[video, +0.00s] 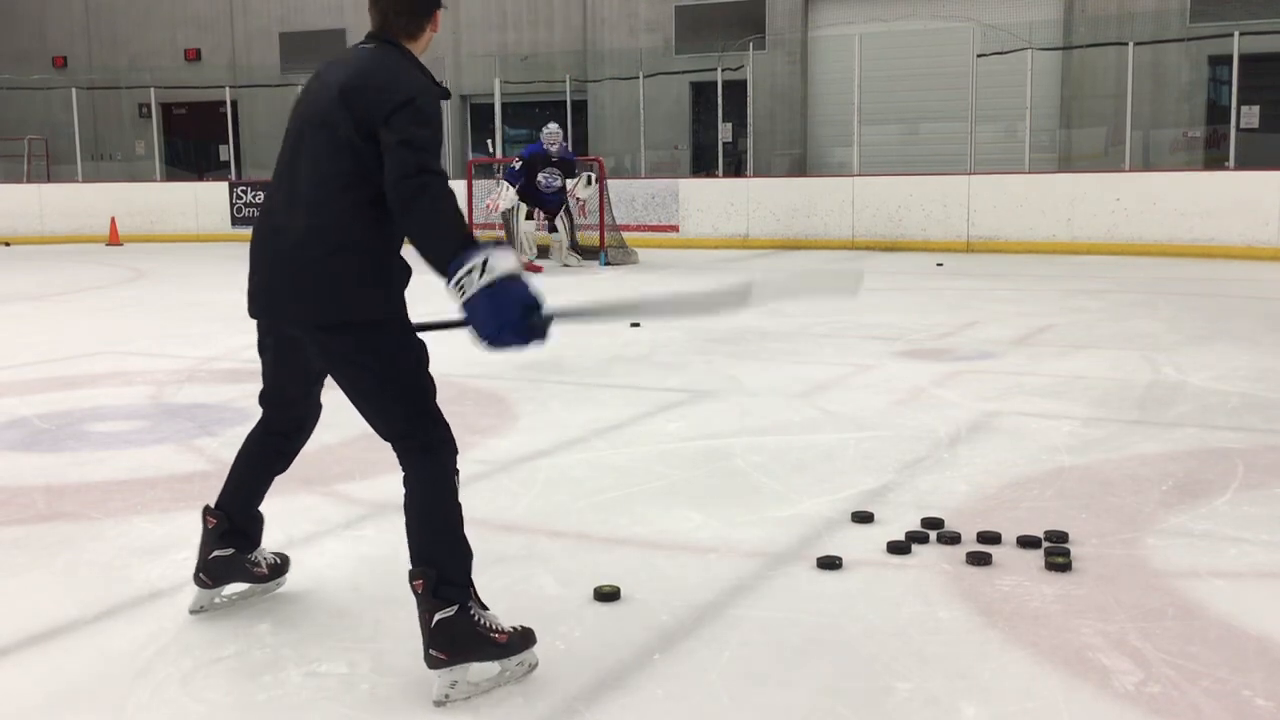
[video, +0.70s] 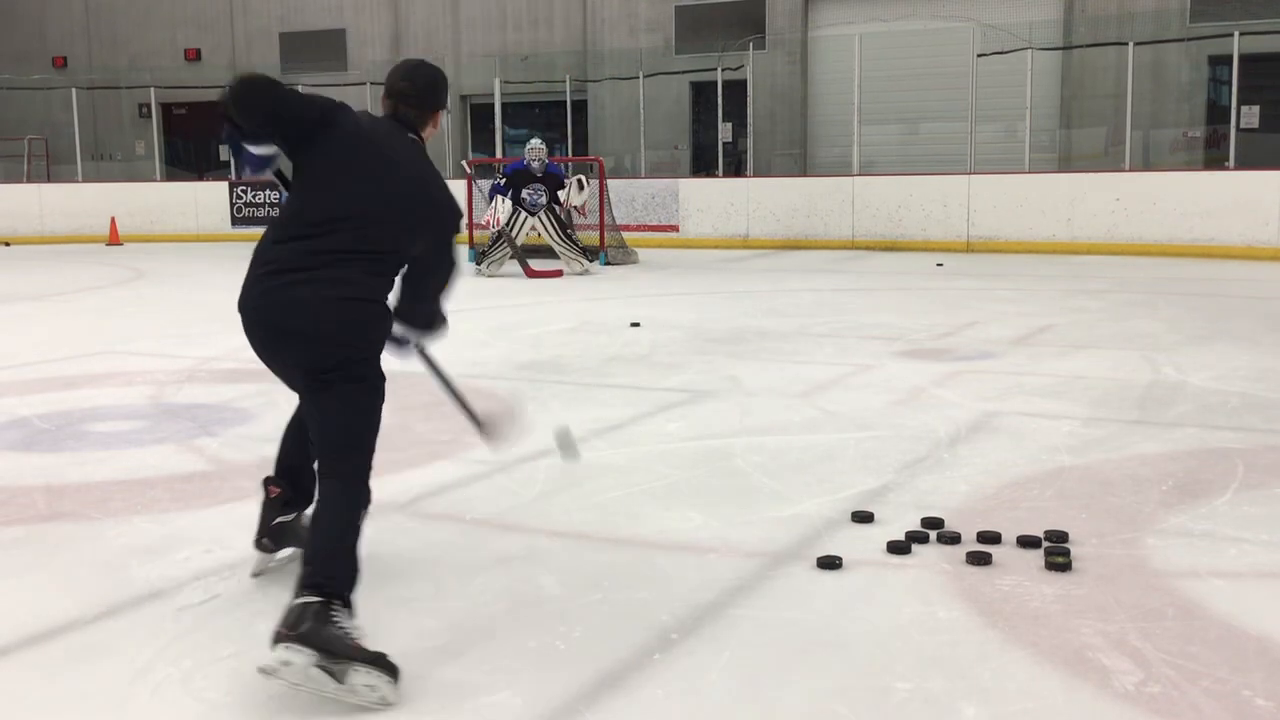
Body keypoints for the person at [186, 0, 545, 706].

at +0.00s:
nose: (439, 26)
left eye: (434, 16)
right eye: (439, 17)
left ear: (375, 16)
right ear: (431, 23)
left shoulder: (331, 74)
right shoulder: (405, 84)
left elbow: (318, 187)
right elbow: (417, 189)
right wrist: (475, 271)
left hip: (280, 290)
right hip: (351, 298)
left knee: (283, 422)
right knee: (428, 450)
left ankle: (223, 546)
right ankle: (449, 614)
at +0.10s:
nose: (448, 38)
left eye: (444, 26)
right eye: (448, 27)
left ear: (384, 22)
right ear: (439, 31)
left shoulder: (349, 81)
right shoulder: (402, 83)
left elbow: (345, 208)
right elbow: (422, 152)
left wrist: (393, 300)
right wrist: (511, 182)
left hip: (273, 285)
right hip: (341, 292)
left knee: (276, 417)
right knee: (424, 447)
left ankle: (207, 546)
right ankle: (442, 616)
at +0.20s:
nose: (464, 53)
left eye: (463, 45)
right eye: (460, 41)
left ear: (403, 34)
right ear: (447, 40)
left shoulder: (400, 106)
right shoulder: (405, 82)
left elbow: (407, 221)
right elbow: (445, 68)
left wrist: (447, 290)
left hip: (269, 285)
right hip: (331, 298)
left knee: (264, 422)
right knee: (421, 449)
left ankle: (189, 545)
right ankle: (422, 617)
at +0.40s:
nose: (493, 104)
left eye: (494, 94)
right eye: (491, 92)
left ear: (446, 83)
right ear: (474, 86)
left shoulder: (400, 124)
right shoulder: (436, 114)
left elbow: (427, 235)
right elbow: (463, 47)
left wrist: (487, 273)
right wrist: (514, 0)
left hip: (254, 290)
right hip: (326, 302)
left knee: (280, 419)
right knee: (413, 455)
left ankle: (198, 544)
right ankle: (412, 618)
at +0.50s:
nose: (483, 126)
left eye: (483, 116)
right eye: (487, 115)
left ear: (428, 95)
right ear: (479, 107)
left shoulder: (379, 134)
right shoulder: (452, 135)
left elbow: (340, 229)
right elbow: (445, 182)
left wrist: (397, 306)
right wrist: (406, 275)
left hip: (255, 293)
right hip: (329, 307)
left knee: (289, 417)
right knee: (409, 462)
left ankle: (212, 542)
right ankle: (407, 617)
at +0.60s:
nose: (462, 117)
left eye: (455, 106)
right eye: (466, 109)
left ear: (406, 94)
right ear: (458, 109)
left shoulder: (346, 125)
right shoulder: (445, 173)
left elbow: (252, 148)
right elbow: (439, 286)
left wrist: (286, 205)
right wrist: (435, 389)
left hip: (261, 297)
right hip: (340, 323)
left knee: (300, 402)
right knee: (382, 475)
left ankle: (245, 527)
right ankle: (372, 616)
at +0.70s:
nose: (432, 121)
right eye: (437, 114)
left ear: (383, 97)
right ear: (434, 117)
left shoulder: (334, 123)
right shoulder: (433, 197)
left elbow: (251, 91)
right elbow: (421, 299)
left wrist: (262, 141)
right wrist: (416, 323)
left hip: (264, 312)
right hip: (341, 332)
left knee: (324, 395)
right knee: (344, 478)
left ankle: (282, 509)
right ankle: (320, 604)